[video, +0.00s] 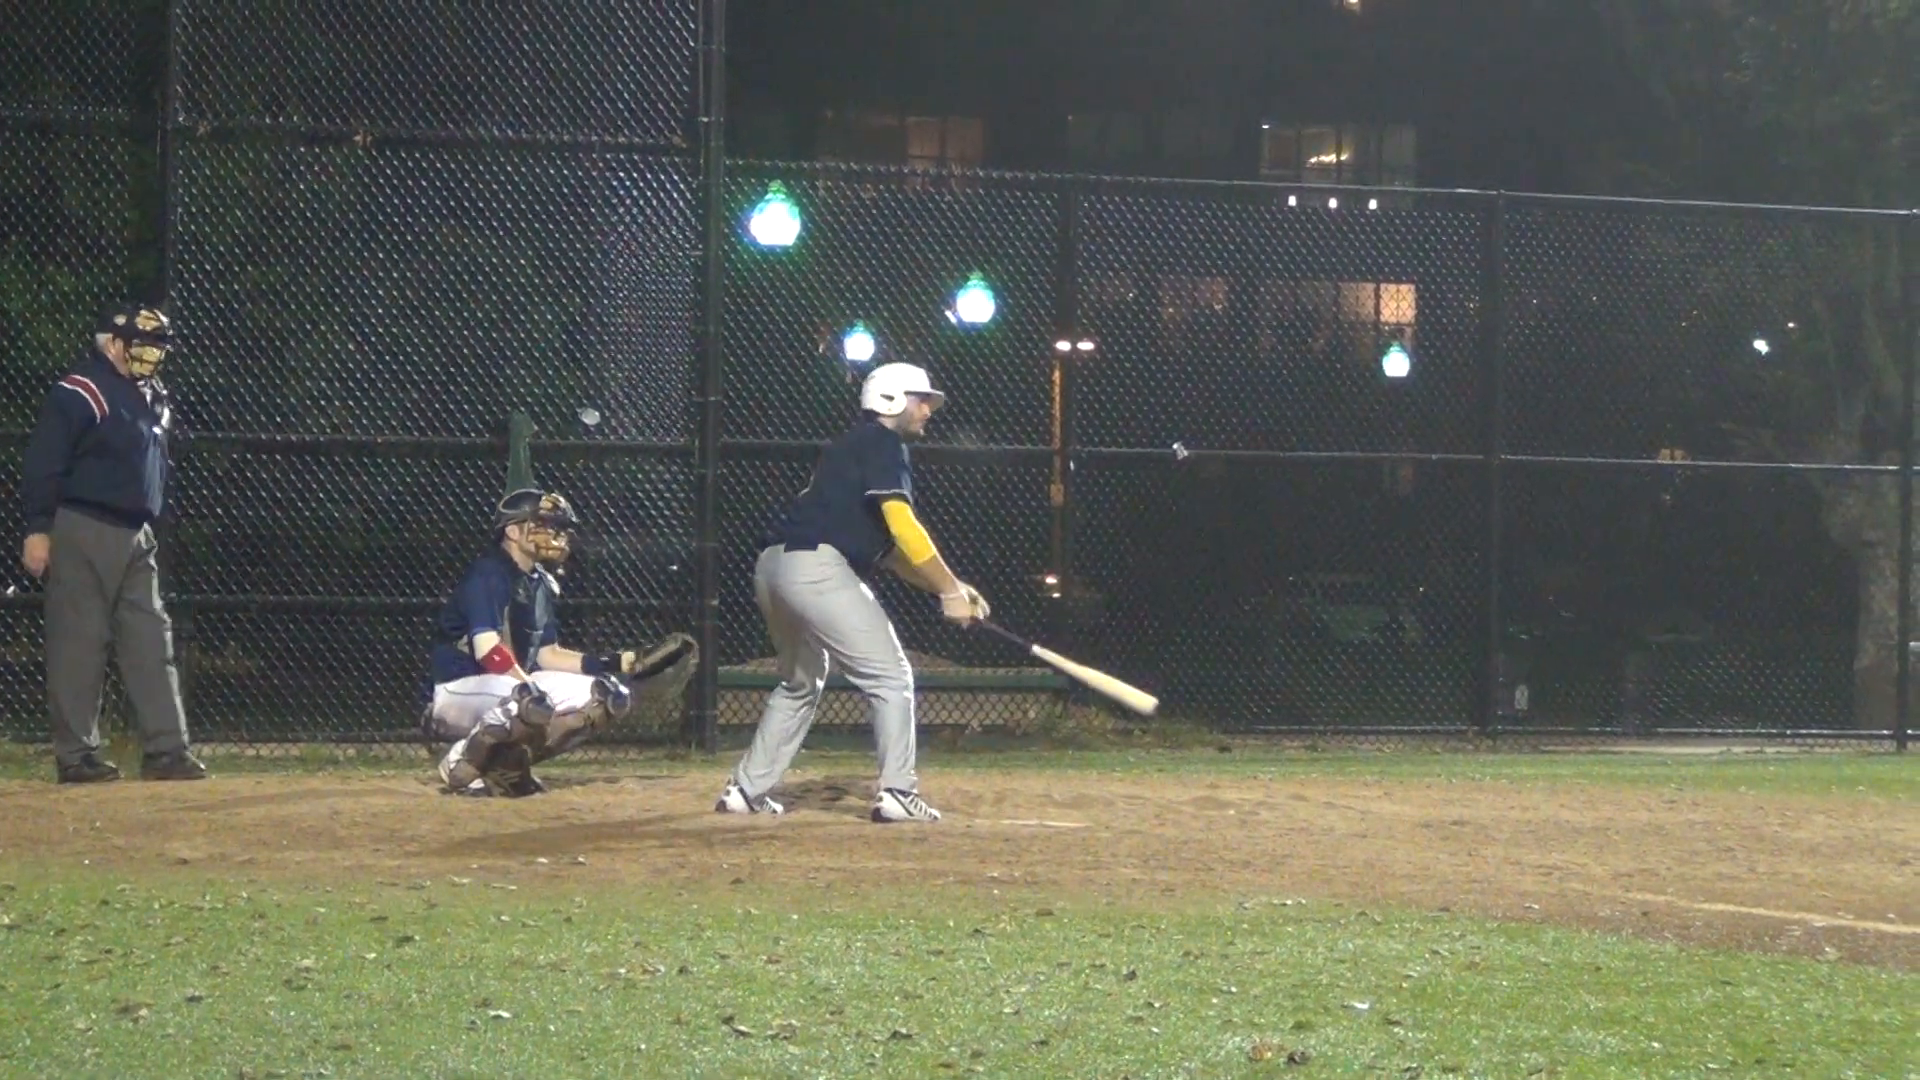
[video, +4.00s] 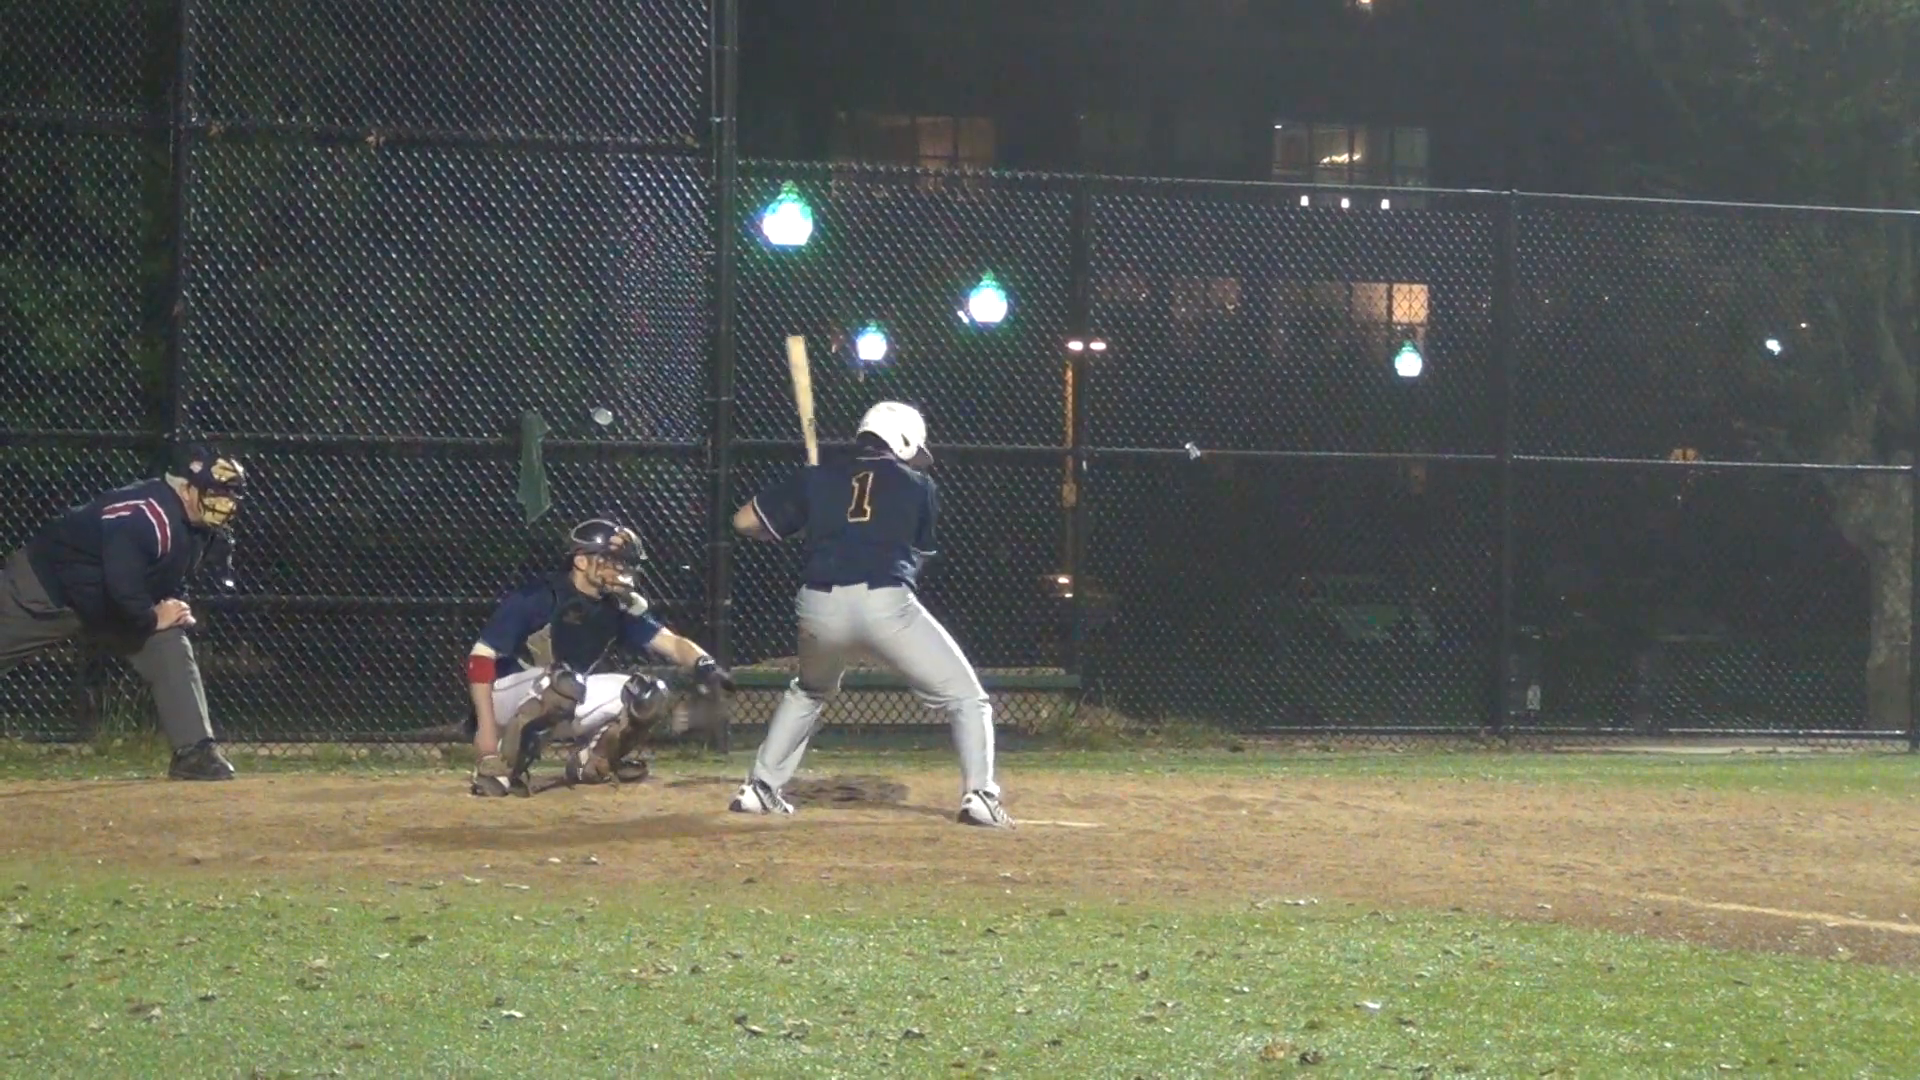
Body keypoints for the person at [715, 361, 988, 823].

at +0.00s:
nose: (928, 411)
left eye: (929, 402)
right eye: (921, 401)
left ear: (885, 404)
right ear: (892, 400)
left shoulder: (851, 444)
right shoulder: (884, 443)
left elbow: (890, 551)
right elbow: (900, 524)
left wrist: (951, 590)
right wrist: (949, 589)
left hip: (773, 564)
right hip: (817, 565)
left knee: (801, 679)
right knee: (891, 676)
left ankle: (747, 790)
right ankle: (897, 792)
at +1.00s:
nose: (854, 397)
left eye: (853, 388)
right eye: (849, 389)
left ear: (796, 388)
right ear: (828, 390)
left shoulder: (752, 431)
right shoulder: (847, 440)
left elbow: (736, 484)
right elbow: (857, 509)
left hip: (741, 566)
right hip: (803, 563)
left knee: (771, 677)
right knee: (867, 682)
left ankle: (747, 790)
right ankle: (895, 791)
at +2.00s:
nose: (889, 409)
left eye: (888, 400)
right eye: (882, 400)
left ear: (834, 401)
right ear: (857, 403)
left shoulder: (788, 441)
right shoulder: (872, 452)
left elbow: (815, 493)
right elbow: (916, 515)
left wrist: (872, 460)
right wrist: (896, 467)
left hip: (761, 584)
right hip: (820, 585)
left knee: (792, 683)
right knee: (898, 691)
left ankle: (751, 790)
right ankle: (906, 794)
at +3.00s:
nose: (900, 412)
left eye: (899, 403)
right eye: (893, 403)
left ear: (848, 408)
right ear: (866, 406)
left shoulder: (801, 450)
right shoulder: (882, 454)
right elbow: (939, 506)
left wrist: (879, 453)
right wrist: (915, 464)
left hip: (782, 592)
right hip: (842, 591)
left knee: (810, 688)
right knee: (922, 693)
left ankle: (756, 791)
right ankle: (911, 793)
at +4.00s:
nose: (918, 461)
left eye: (918, 455)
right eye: (916, 453)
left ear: (862, 435)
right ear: (903, 444)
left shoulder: (819, 473)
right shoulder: (919, 484)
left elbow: (745, 520)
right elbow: (921, 547)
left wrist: (791, 520)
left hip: (819, 606)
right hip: (888, 604)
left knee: (808, 690)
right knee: (968, 699)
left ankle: (760, 787)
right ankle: (981, 794)